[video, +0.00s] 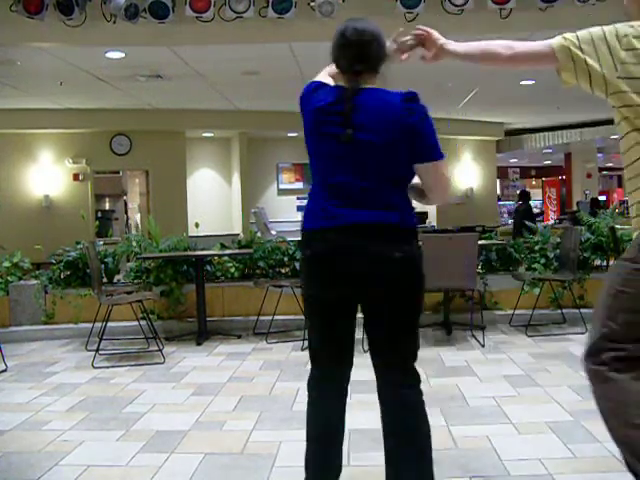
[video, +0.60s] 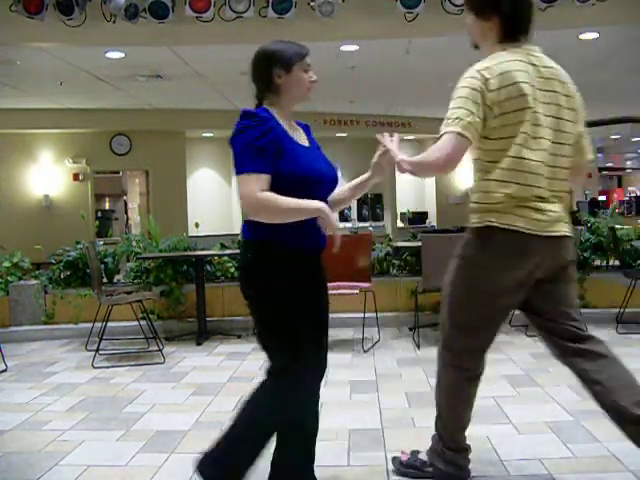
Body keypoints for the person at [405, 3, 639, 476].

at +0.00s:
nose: (624, 5)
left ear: (628, 7)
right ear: (629, 11)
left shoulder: (625, 41)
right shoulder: (621, 43)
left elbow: (521, 53)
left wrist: (448, 48)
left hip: (638, 237)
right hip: (633, 237)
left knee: (610, 357)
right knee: (614, 354)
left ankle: (637, 463)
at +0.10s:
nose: (609, 15)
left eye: (612, 6)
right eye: (610, 7)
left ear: (629, 7)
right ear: (636, 9)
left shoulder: (616, 50)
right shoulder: (620, 52)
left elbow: (509, 66)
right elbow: (511, 66)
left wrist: (447, 62)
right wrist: (447, 63)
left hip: (639, 240)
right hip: (634, 240)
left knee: (582, 348)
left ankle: (612, 474)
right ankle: (613, 470)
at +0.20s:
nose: (590, 32)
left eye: (594, 20)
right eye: (592, 21)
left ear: (618, 18)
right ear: (626, 19)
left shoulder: (605, 65)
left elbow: (492, 82)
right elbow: (495, 81)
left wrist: (441, 81)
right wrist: (445, 82)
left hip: (633, 247)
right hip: (631, 248)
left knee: (558, 348)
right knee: (638, 349)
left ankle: (541, 469)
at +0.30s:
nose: (568, 44)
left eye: (571, 33)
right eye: (567, 34)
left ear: (595, 30)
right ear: (619, 29)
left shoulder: (585, 77)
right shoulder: (634, 72)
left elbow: (481, 102)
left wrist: (433, 111)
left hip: (621, 251)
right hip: (633, 253)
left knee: (539, 353)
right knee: (637, 365)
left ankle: (480, 457)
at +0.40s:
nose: (536, 44)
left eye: (540, 35)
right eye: (536, 35)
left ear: (564, 34)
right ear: (588, 34)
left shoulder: (550, 82)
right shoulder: (633, 83)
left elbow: (473, 120)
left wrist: (432, 132)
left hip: (585, 254)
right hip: (635, 255)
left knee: (513, 357)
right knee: (636, 372)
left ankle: (458, 454)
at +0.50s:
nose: (500, 35)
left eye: (503, 23)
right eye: (500, 24)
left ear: (525, 25)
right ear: (552, 25)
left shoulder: (513, 79)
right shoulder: (597, 84)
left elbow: (445, 146)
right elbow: (620, 171)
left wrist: (419, 148)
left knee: (484, 352)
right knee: (615, 353)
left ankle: (449, 457)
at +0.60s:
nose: (466, 24)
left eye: (469, 14)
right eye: (467, 14)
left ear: (487, 17)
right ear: (522, 18)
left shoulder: (482, 76)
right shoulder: (562, 79)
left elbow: (445, 157)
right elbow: (582, 169)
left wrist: (404, 161)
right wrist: (540, 188)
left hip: (498, 238)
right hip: (555, 240)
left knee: (460, 348)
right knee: (575, 341)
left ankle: (447, 458)